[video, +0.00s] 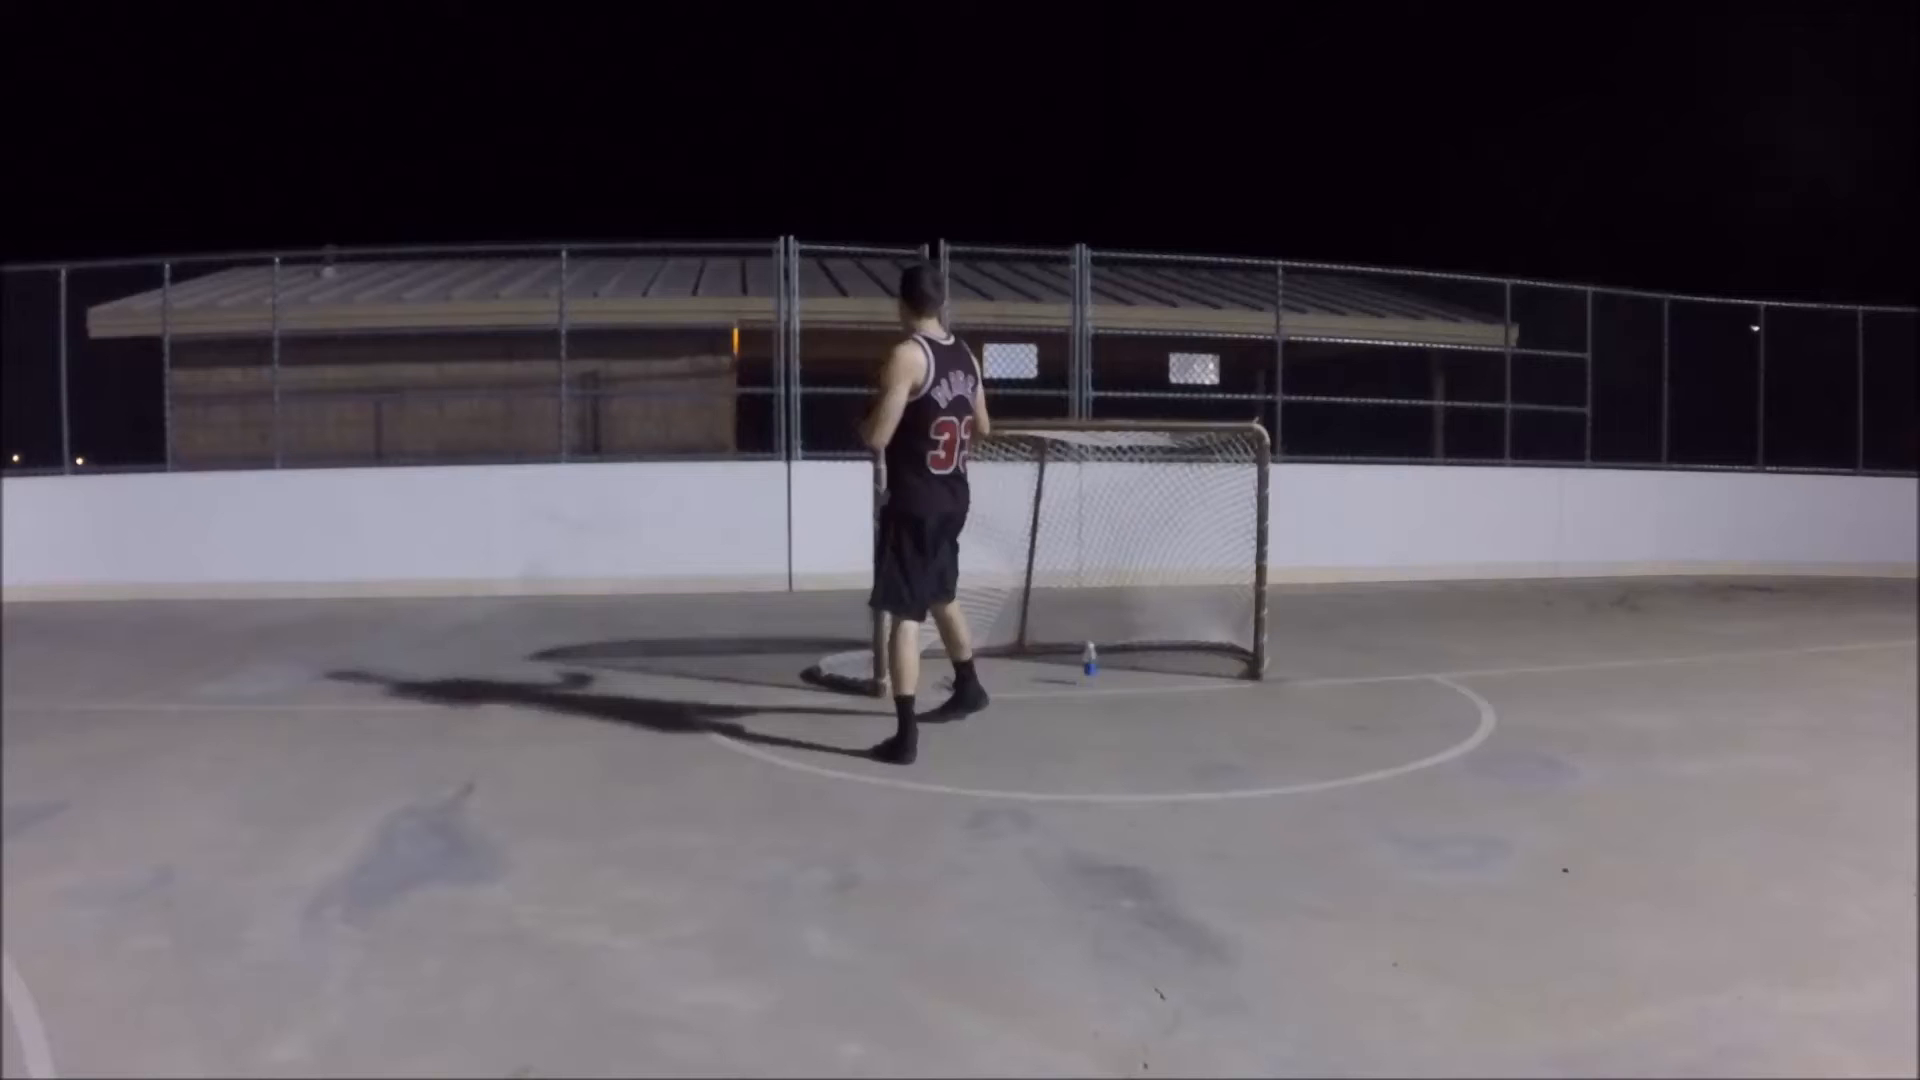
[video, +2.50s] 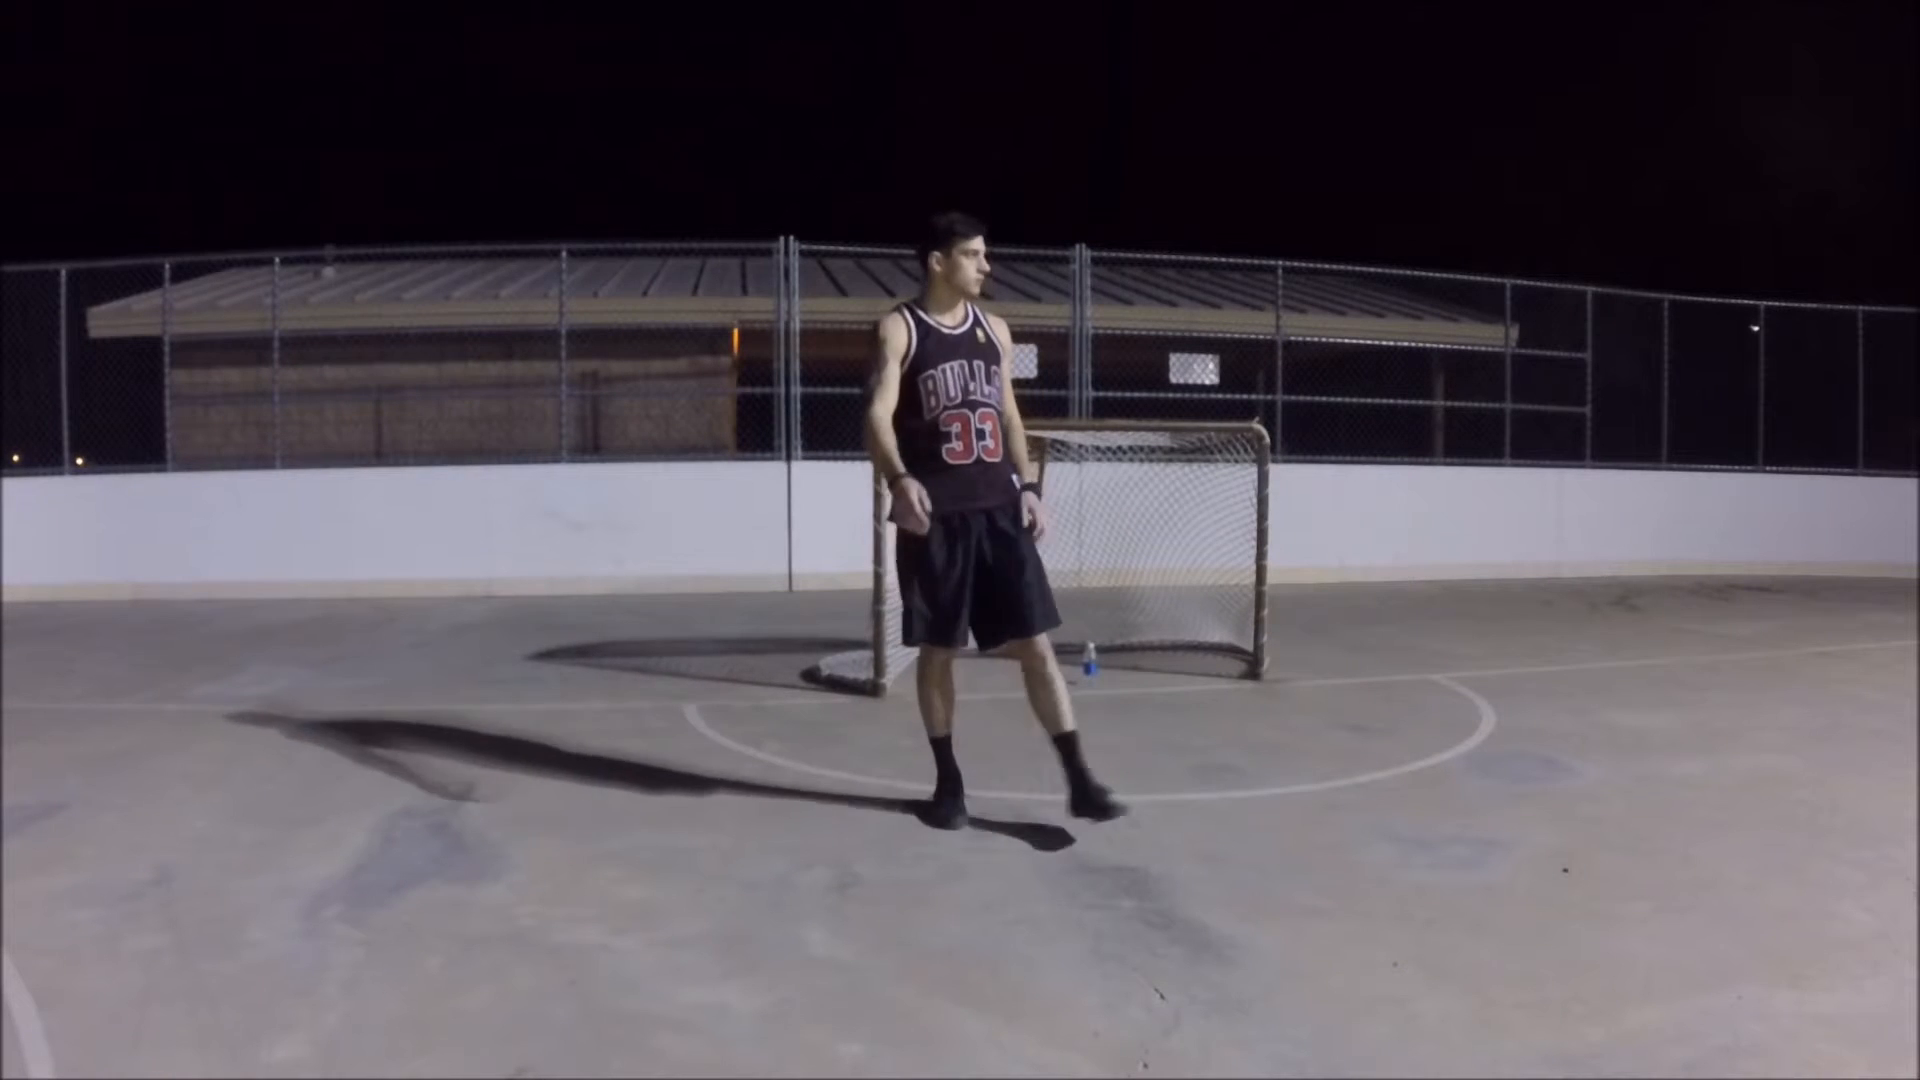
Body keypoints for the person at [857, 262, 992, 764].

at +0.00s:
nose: (900, 308)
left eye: (900, 301)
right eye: (910, 301)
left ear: (903, 304)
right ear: (944, 303)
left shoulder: (906, 356)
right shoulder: (964, 353)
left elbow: (876, 437)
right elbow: (981, 425)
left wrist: (868, 419)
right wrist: (938, 416)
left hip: (914, 501)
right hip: (952, 497)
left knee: (904, 614)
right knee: (941, 596)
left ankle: (904, 736)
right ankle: (969, 686)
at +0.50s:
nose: (903, 317)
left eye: (907, 308)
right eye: (904, 307)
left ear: (931, 310)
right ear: (937, 311)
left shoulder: (942, 352)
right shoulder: (958, 349)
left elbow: (964, 417)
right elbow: (949, 416)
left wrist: (961, 486)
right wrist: (905, 424)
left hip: (947, 489)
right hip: (969, 488)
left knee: (915, 593)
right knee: (969, 594)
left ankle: (951, 697)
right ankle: (977, 695)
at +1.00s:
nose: (915, 316)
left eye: (923, 308)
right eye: (914, 308)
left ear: (951, 312)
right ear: (921, 314)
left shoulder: (968, 360)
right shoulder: (937, 361)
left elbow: (1012, 428)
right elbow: (947, 424)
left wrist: (1005, 500)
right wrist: (905, 426)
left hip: (968, 498)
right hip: (944, 497)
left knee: (964, 606)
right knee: (958, 605)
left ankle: (975, 724)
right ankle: (971, 700)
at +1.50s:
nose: (943, 296)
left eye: (953, 286)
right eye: (937, 289)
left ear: (979, 291)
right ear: (931, 298)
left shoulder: (1013, 347)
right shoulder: (930, 351)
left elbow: (1036, 424)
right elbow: (923, 423)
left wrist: (1016, 492)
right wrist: (900, 451)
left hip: (991, 499)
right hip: (938, 496)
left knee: (984, 621)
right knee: (914, 618)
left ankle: (977, 730)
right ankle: (914, 688)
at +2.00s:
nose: (983, 290)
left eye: (986, 281)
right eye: (971, 283)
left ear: (991, 287)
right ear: (941, 289)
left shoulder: (1015, 350)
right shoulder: (912, 356)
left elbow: (1034, 433)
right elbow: (889, 437)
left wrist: (1039, 509)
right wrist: (878, 514)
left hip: (998, 516)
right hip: (937, 518)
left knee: (986, 635)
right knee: (941, 644)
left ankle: (978, 715)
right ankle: (947, 776)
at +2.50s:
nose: (983, 266)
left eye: (984, 256)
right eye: (971, 256)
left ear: (980, 264)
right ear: (936, 262)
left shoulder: (993, 327)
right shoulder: (901, 326)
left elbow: (1009, 415)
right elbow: (878, 414)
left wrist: (1028, 484)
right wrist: (898, 478)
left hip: (1001, 511)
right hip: (935, 517)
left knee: (1037, 647)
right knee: (938, 651)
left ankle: (1081, 782)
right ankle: (948, 784)